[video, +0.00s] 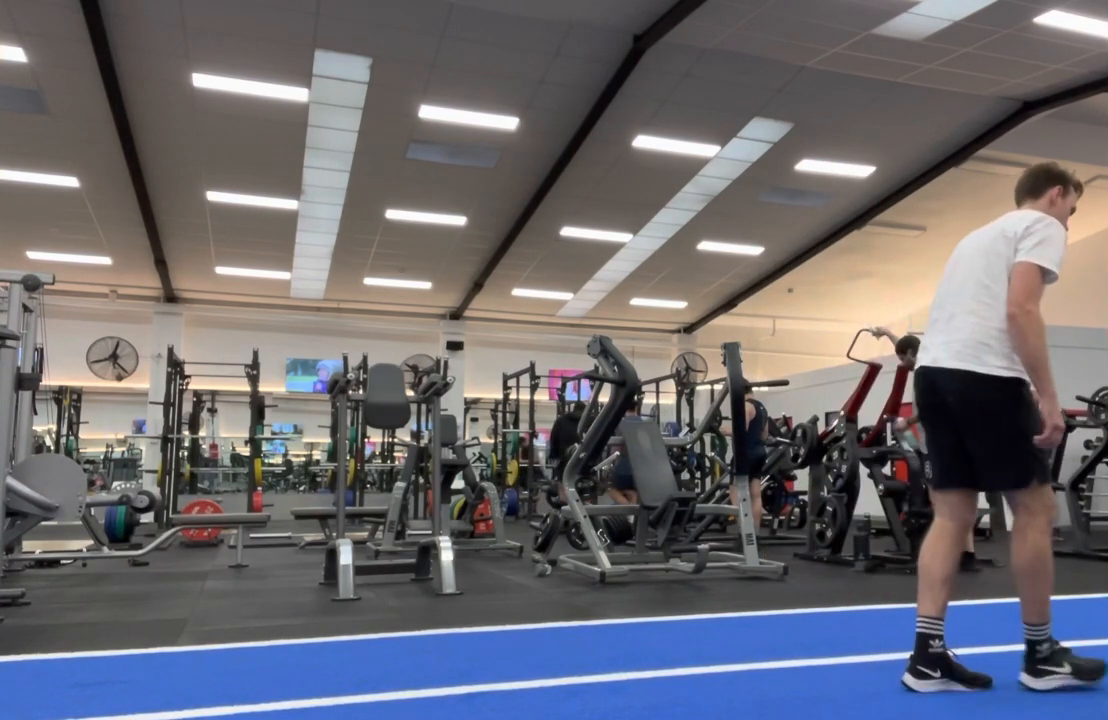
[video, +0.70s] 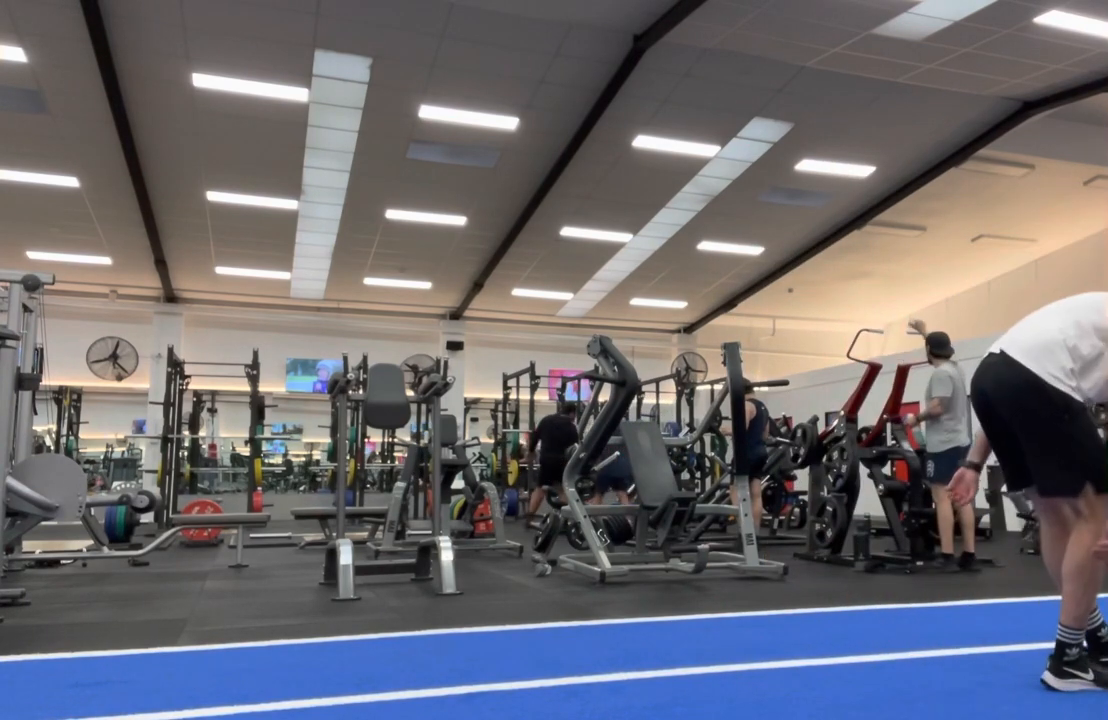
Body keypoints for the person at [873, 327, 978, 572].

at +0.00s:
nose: (901, 362)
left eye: (903, 357)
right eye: (900, 357)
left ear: (912, 353)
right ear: (914, 352)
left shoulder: (924, 374)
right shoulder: (922, 369)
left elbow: (927, 409)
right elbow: (906, 345)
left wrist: (907, 422)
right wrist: (886, 334)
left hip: (942, 444)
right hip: (934, 442)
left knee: (944, 495)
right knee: (940, 493)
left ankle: (968, 551)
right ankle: (964, 550)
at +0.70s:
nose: (927, 354)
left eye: (926, 350)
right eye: (929, 350)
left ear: (929, 352)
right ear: (949, 350)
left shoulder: (942, 373)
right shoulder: (956, 369)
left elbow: (938, 408)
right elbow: (940, 351)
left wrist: (916, 418)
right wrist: (925, 332)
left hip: (942, 446)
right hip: (960, 443)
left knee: (942, 497)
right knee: (963, 498)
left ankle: (947, 554)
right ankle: (969, 553)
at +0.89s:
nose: (931, 353)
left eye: (931, 350)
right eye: (934, 349)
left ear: (933, 351)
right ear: (954, 350)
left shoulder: (939, 374)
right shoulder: (961, 371)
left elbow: (932, 406)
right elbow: (956, 353)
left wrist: (915, 411)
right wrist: (943, 336)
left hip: (942, 446)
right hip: (962, 443)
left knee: (943, 501)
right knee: (962, 498)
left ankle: (947, 554)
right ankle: (970, 550)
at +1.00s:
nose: (932, 353)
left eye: (932, 350)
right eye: (935, 349)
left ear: (935, 351)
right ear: (956, 350)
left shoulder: (939, 374)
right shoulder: (965, 372)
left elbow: (929, 405)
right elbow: (954, 403)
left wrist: (915, 407)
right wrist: (924, 405)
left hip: (942, 447)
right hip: (963, 445)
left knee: (943, 502)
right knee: (962, 500)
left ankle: (947, 554)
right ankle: (969, 552)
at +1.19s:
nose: (934, 355)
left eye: (934, 351)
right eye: (936, 351)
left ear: (937, 352)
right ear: (958, 352)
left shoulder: (939, 374)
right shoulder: (971, 377)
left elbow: (920, 401)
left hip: (941, 447)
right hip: (964, 445)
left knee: (942, 501)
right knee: (962, 499)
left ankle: (947, 554)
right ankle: (969, 552)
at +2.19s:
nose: (933, 352)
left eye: (934, 348)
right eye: (936, 348)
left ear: (936, 350)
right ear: (957, 350)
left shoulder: (939, 374)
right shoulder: (965, 375)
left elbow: (928, 405)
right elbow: (958, 404)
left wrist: (920, 405)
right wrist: (927, 405)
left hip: (940, 447)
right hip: (962, 446)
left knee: (941, 502)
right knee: (962, 500)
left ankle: (947, 554)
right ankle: (969, 553)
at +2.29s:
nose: (932, 352)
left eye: (933, 348)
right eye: (934, 348)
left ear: (936, 351)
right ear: (956, 350)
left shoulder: (939, 374)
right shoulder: (963, 373)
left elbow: (932, 407)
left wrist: (918, 409)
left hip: (941, 447)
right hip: (962, 446)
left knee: (941, 501)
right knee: (962, 498)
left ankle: (947, 554)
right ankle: (969, 552)